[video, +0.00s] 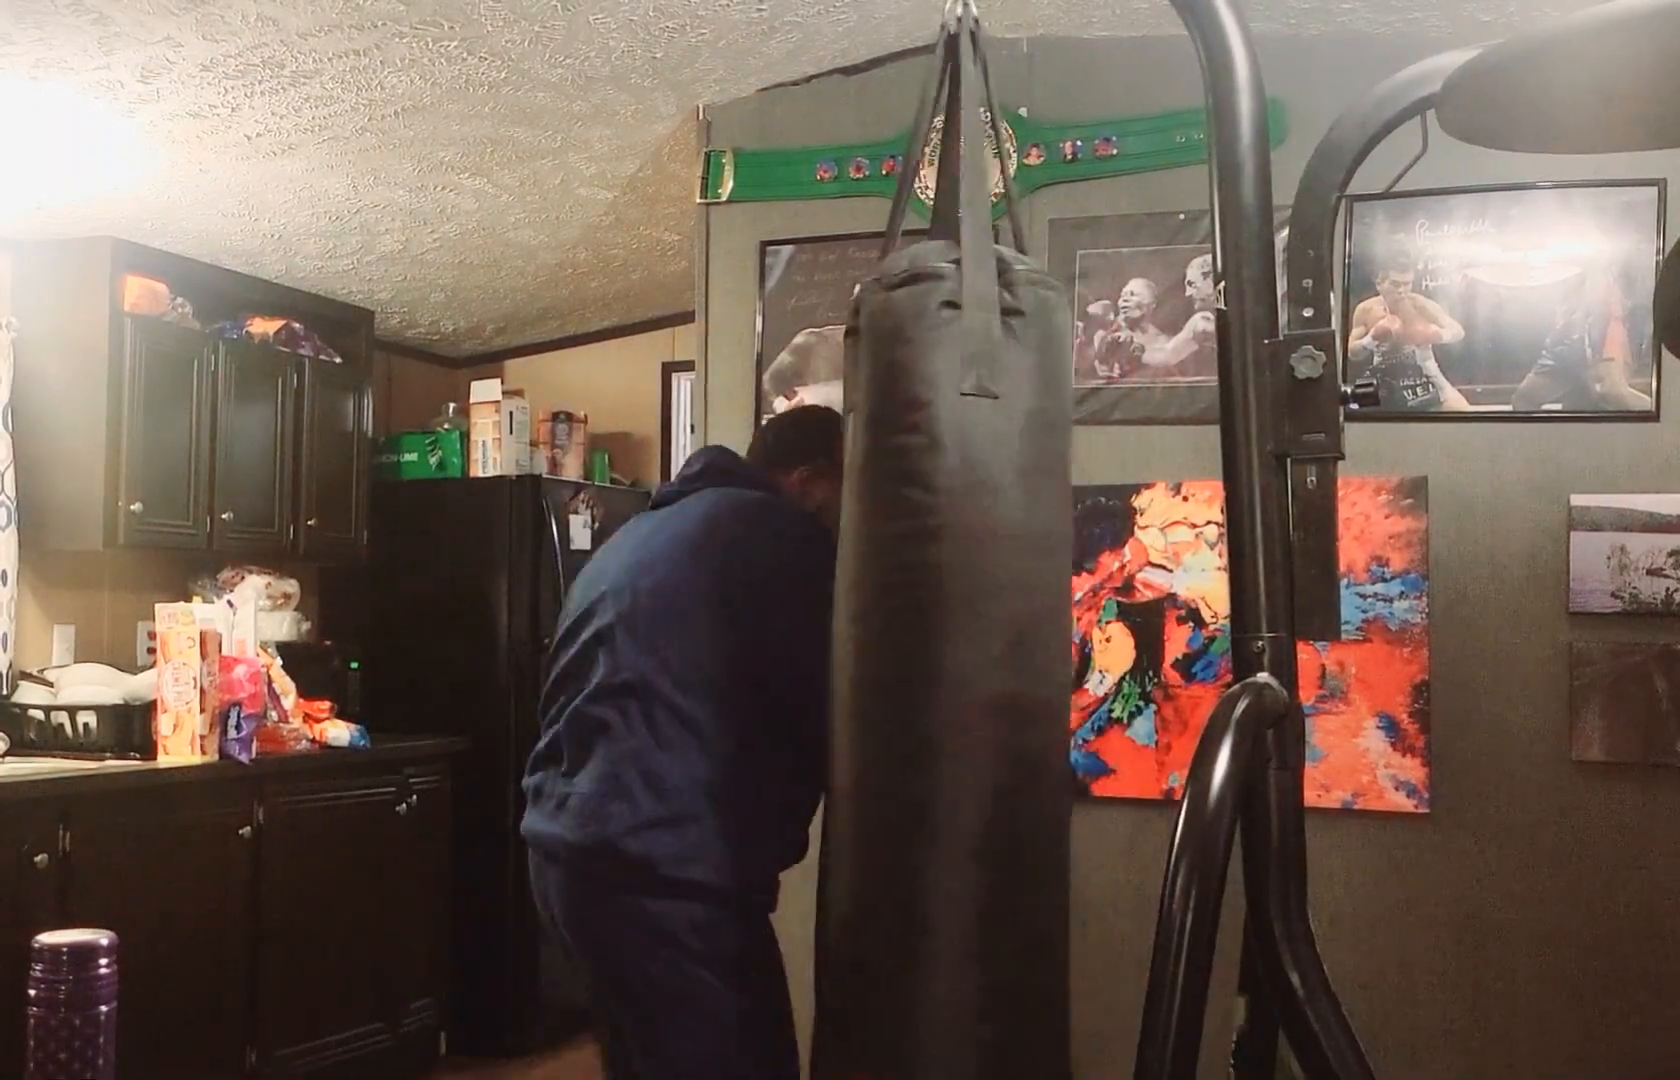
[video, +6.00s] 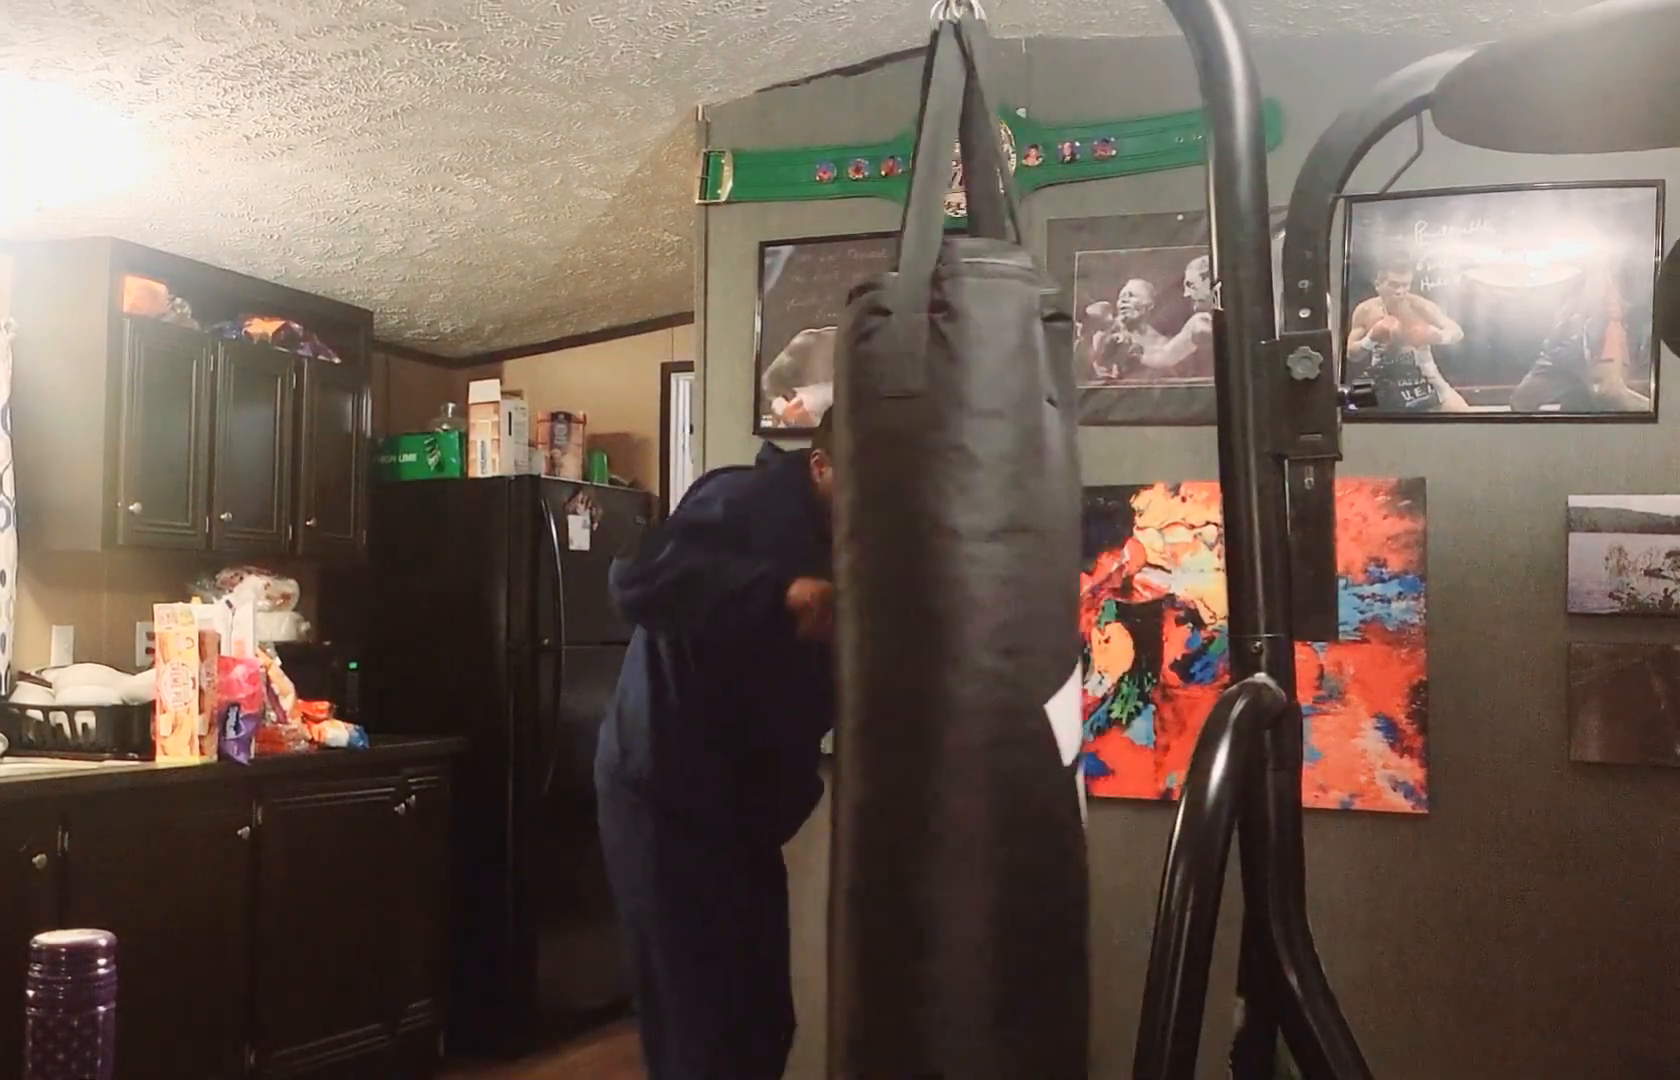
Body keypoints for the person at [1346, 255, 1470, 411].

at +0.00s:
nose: (1402, 291)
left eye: (1407, 284)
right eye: (1396, 284)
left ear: (1412, 283)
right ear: (1379, 283)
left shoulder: (1421, 304)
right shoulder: (1366, 310)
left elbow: (1458, 331)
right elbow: (1352, 353)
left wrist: (1435, 335)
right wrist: (1374, 337)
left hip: (1429, 382)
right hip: (1386, 386)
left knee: (1467, 416)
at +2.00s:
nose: (1402, 291)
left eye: (1407, 285)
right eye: (1396, 285)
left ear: (1412, 283)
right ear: (1379, 284)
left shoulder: (1421, 305)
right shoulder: (1365, 310)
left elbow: (1458, 332)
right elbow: (1352, 353)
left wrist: (1435, 335)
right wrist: (1374, 338)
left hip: (1428, 382)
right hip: (1385, 385)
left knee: (1469, 418)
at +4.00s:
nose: (1401, 291)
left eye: (1406, 285)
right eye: (1395, 285)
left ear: (1411, 284)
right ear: (1378, 284)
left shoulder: (1420, 306)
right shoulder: (1364, 311)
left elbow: (1457, 332)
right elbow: (1352, 354)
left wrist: (1435, 336)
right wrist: (1373, 338)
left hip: (1428, 384)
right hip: (1386, 388)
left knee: (1468, 420)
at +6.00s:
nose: (1400, 291)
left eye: (1405, 285)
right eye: (1394, 285)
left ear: (1410, 284)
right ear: (1378, 284)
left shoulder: (1420, 306)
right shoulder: (1365, 311)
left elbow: (1457, 332)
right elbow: (1351, 354)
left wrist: (1435, 336)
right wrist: (1372, 338)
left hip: (1427, 381)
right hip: (1384, 384)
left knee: (1466, 417)